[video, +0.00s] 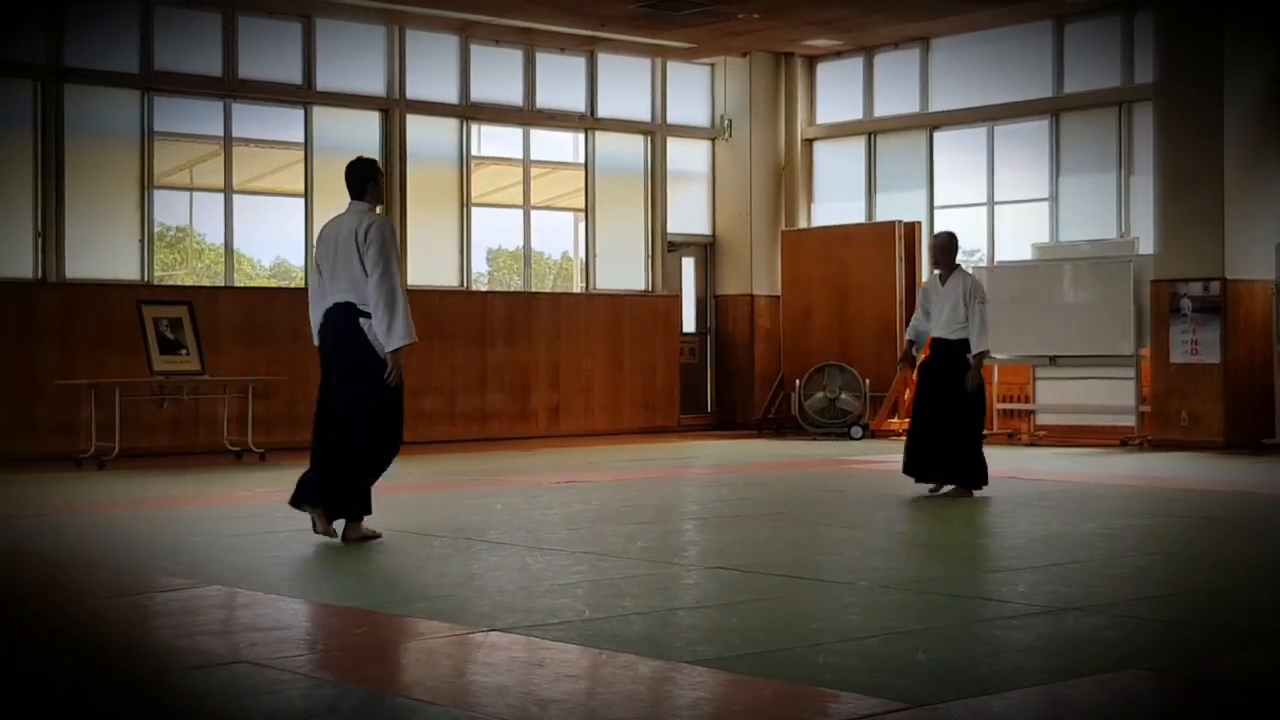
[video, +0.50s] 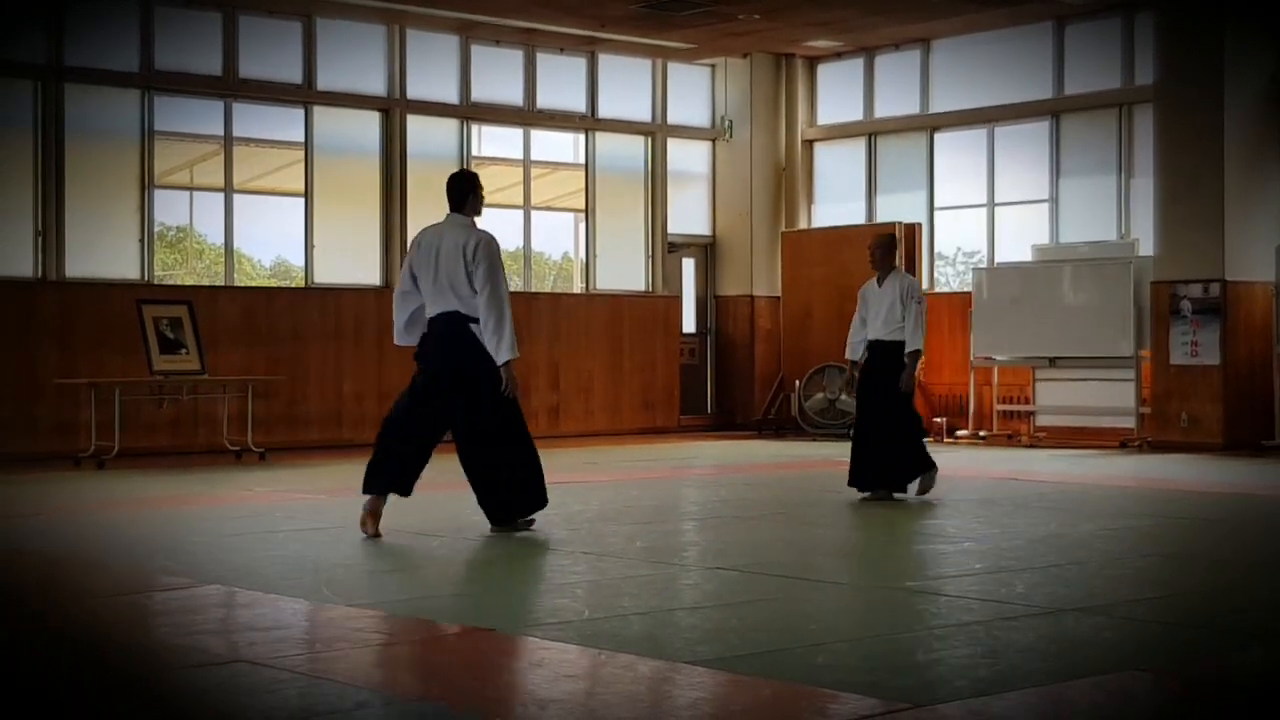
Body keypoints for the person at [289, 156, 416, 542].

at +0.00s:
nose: (384, 189)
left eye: (381, 182)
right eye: (382, 183)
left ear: (349, 187)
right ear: (374, 186)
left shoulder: (328, 229)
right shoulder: (376, 226)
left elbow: (318, 287)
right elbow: (383, 287)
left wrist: (321, 334)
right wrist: (392, 344)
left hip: (332, 329)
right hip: (365, 329)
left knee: (341, 419)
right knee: (383, 427)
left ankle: (353, 520)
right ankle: (322, 497)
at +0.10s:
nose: (402, 188)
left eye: (400, 182)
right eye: (400, 182)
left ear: (366, 188)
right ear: (393, 186)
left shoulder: (344, 228)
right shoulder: (393, 227)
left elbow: (332, 287)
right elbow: (401, 289)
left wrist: (339, 333)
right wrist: (412, 345)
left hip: (348, 333)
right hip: (382, 332)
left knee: (358, 423)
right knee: (418, 422)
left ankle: (354, 522)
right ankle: (378, 507)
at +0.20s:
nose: (420, 191)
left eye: (418, 185)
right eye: (416, 186)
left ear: (385, 191)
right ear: (407, 190)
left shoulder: (361, 233)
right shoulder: (411, 230)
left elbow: (348, 291)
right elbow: (419, 293)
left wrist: (352, 338)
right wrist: (431, 347)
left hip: (364, 340)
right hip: (402, 340)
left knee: (355, 428)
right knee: (443, 423)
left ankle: (351, 522)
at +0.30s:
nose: (440, 197)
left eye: (438, 191)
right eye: (437, 192)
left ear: (405, 198)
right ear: (426, 197)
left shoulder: (379, 238)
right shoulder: (433, 238)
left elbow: (364, 296)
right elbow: (441, 301)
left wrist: (368, 342)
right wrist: (450, 357)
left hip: (381, 342)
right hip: (419, 341)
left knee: (367, 427)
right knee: (454, 421)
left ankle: (354, 521)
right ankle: (493, 505)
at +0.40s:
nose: (461, 203)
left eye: (459, 198)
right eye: (459, 198)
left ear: (427, 202)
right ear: (453, 201)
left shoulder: (400, 243)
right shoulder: (456, 243)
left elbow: (384, 298)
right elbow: (465, 304)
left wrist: (390, 345)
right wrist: (478, 361)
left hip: (406, 348)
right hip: (445, 347)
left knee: (382, 426)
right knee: (475, 428)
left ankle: (358, 513)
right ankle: (502, 511)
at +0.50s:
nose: (484, 201)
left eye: (482, 195)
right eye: (482, 195)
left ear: (449, 199)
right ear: (474, 199)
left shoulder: (424, 239)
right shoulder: (481, 241)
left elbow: (406, 296)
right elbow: (493, 304)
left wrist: (422, 332)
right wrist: (505, 359)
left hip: (436, 343)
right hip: (473, 343)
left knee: (412, 419)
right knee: (490, 426)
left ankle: (378, 493)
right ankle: (504, 511)